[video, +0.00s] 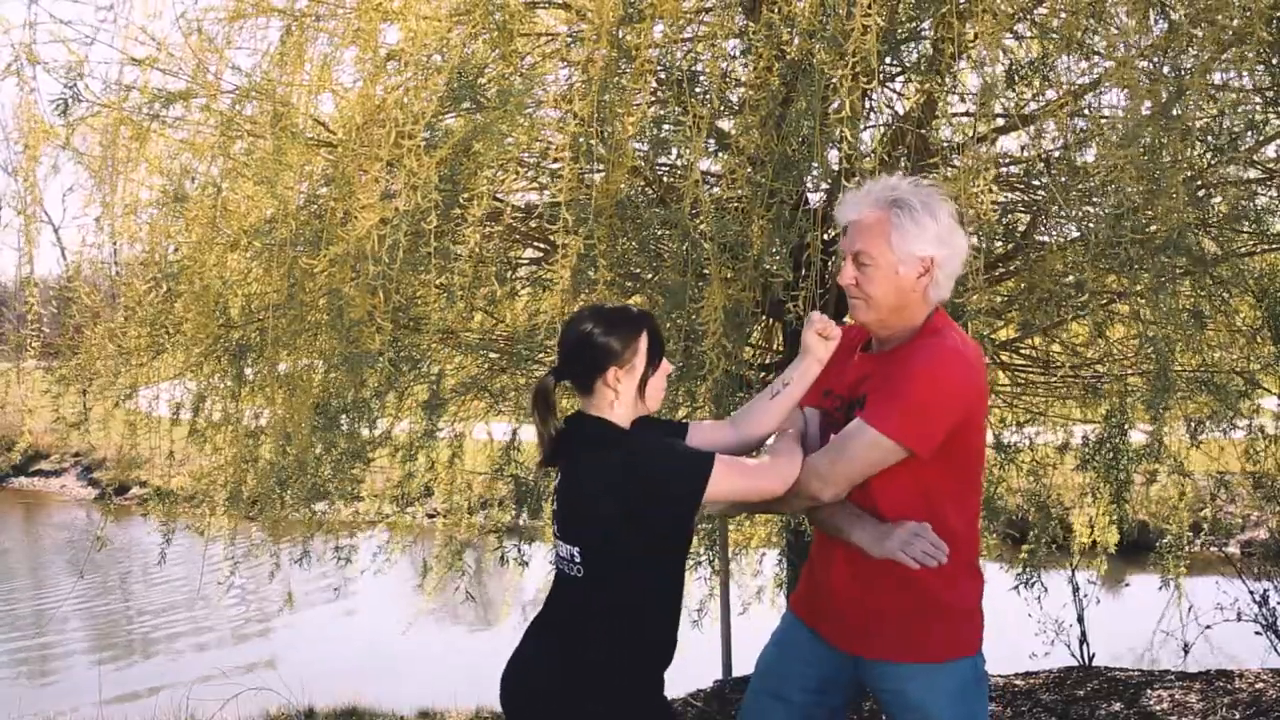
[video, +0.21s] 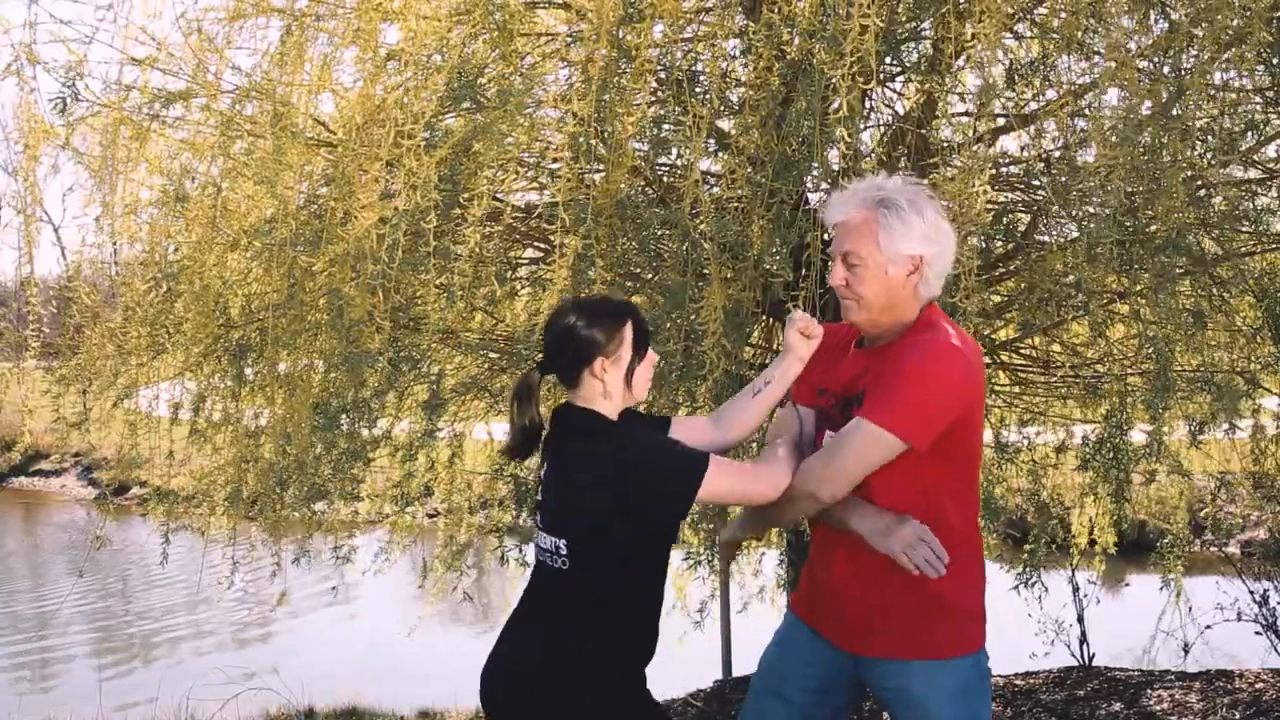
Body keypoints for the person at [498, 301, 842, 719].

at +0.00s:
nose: (667, 367)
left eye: (661, 356)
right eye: (656, 358)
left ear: (610, 378)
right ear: (617, 377)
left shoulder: (584, 437)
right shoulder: (642, 457)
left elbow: (735, 431)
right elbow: (775, 477)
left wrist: (810, 362)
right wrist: (792, 433)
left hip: (540, 681)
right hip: (612, 695)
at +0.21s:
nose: (654, 356)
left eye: (647, 344)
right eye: (641, 347)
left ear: (599, 368)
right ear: (604, 368)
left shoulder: (572, 426)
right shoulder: (631, 450)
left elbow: (716, 429)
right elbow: (770, 482)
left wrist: (791, 360)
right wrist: (784, 432)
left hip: (519, 676)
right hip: (592, 692)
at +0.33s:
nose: (636, 336)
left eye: (628, 325)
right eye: (623, 329)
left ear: (579, 353)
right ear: (585, 351)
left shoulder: (545, 420)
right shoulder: (620, 442)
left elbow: (664, 457)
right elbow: (752, 488)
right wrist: (786, 448)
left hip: (489, 662)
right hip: (572, 678)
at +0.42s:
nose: (613, 333)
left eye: (605, 323)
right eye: (601, 327)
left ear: (553, 351)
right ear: (564, 349)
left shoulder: (509, 417)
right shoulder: (605, 434)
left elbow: (575, 462)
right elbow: (737, 482)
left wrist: (664, 431)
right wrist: (781, 449)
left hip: (468, 663)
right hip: (556, 674)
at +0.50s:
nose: (584, 343)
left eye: (577, 333)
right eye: (572, 336)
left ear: (520, 361)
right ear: (532, 361)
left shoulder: (472, 426)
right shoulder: (575, 444)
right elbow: (699, 507)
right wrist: (727, 468)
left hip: (443, 677)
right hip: (534, 685)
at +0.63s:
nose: (534, 364)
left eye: (526, 353)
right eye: (520, 357)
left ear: (469, 383)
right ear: (479, 385)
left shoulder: (408, 448)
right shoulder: (515, 465)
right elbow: (621, 558)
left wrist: (536, 527)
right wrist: (662, 501)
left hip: (387, 689)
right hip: (479, 693)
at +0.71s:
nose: (502, 368)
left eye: (495, 356)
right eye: (491, 360)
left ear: (437, 383)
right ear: (447, 385)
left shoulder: (371, 447)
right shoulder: (480, 466)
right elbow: (573, 570)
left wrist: (495, 537)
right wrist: (626, 517)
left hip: (355, 689)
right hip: (446, 692)